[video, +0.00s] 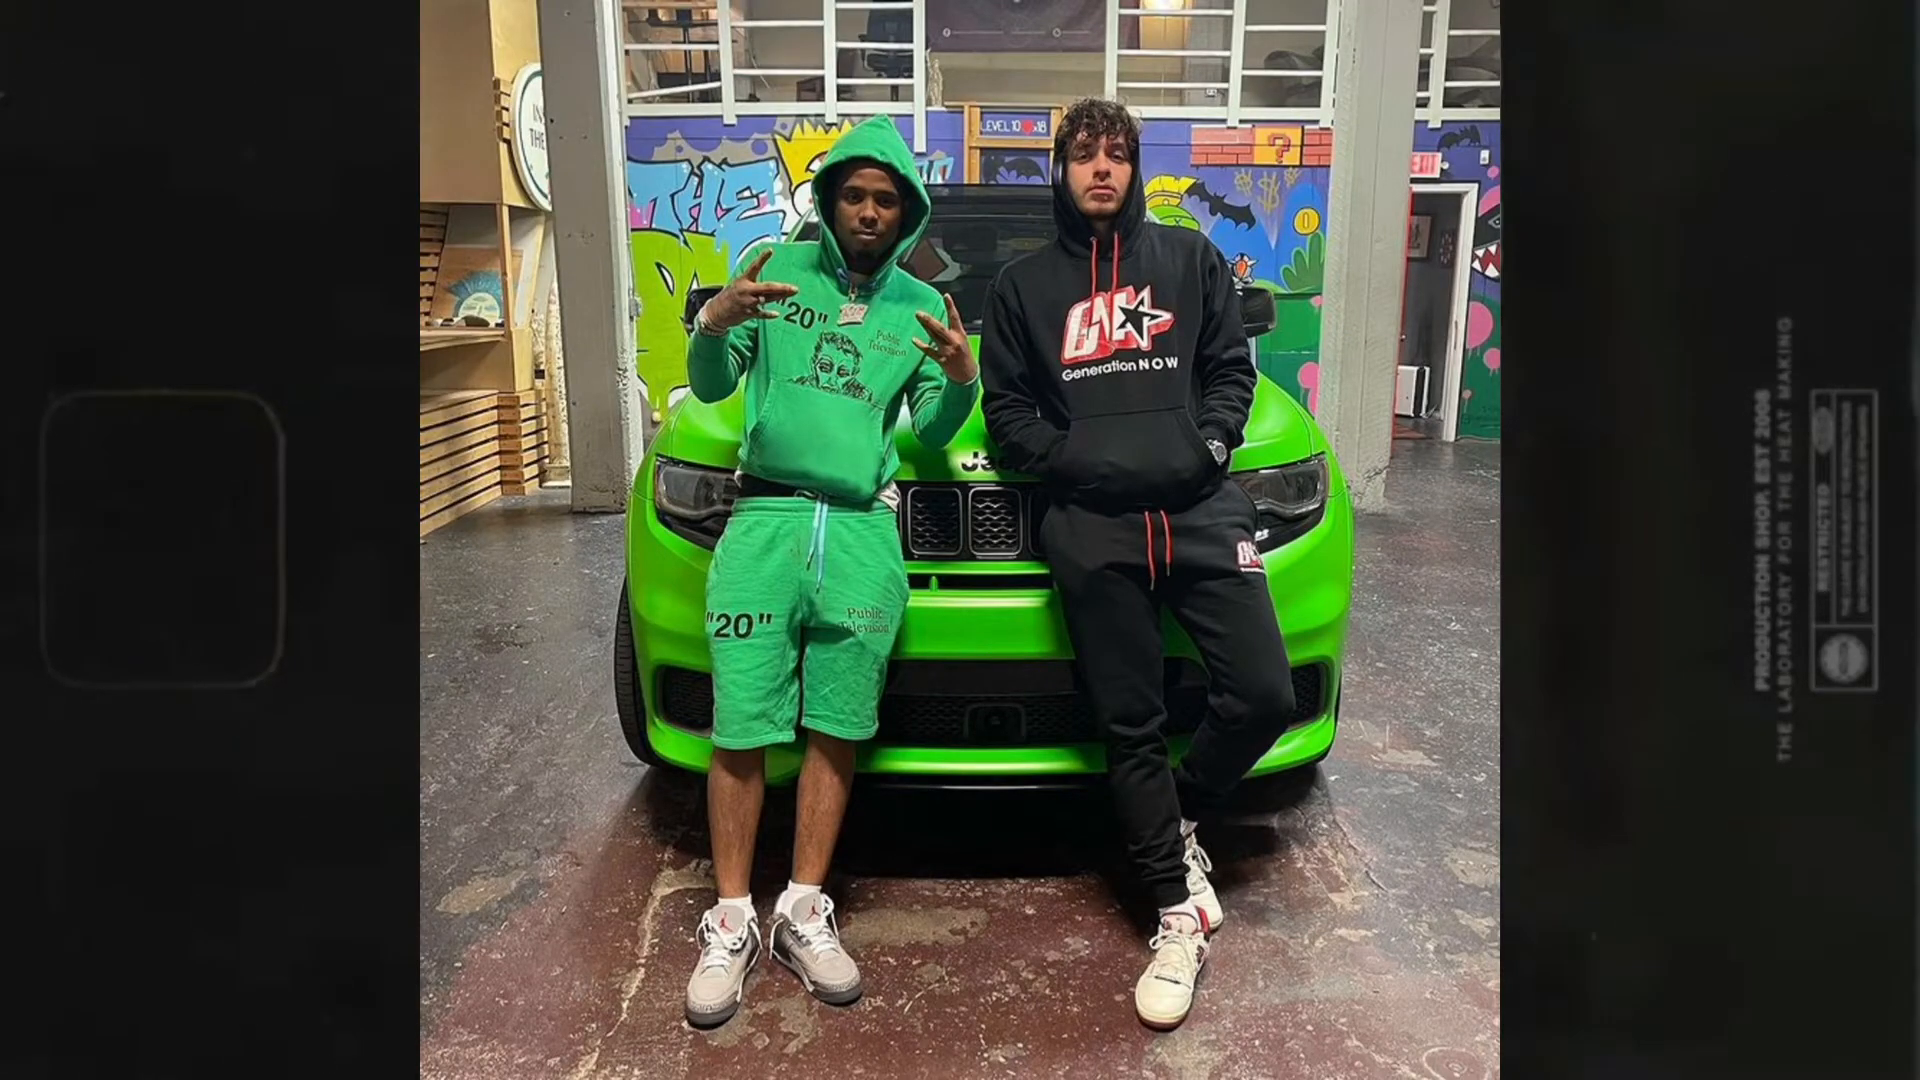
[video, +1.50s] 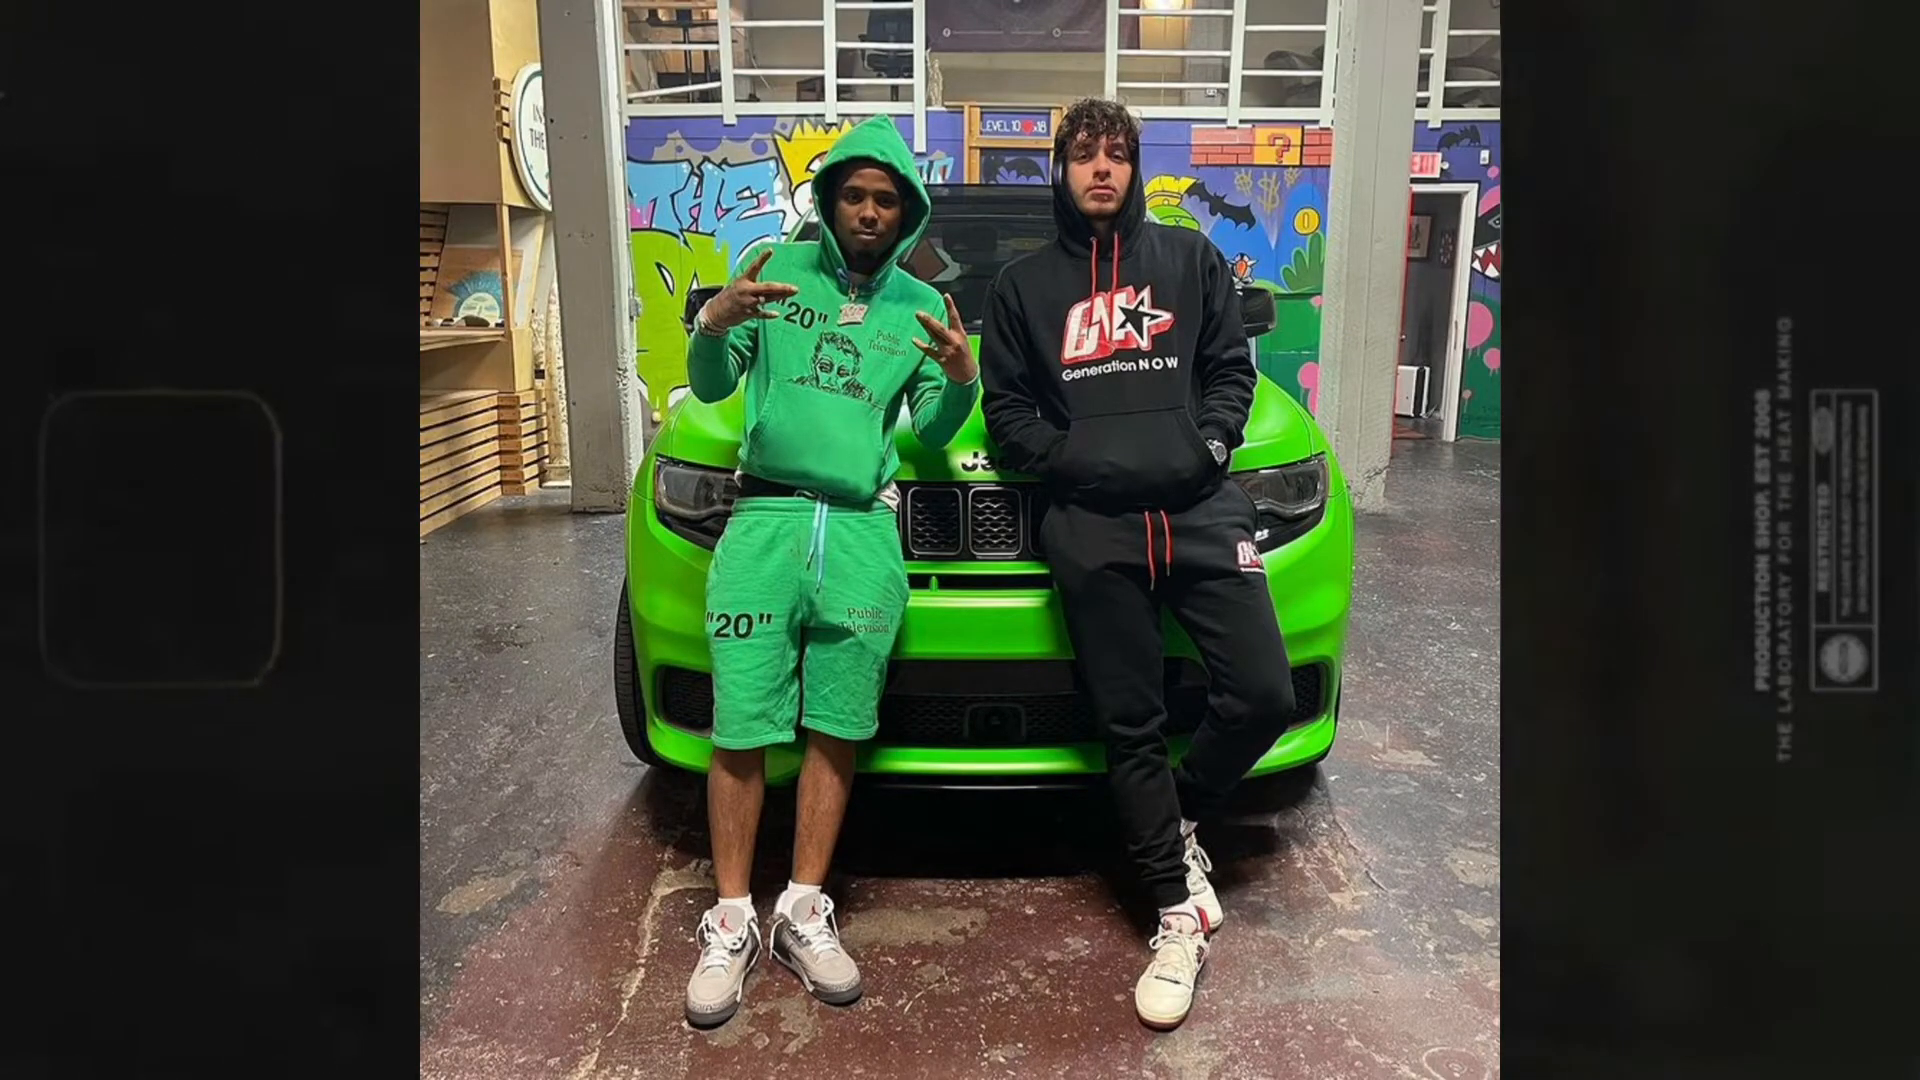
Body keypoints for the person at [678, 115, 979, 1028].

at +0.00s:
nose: (869, 213)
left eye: (885, 199)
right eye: (855, 196)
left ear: (906, 212)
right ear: (827, 202)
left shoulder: (923, 306)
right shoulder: (775, 267)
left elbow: (923, 439)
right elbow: (712, 384)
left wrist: (960, 380)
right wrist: (712, 322)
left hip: (861, 527)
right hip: (764, 517)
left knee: (838, 728)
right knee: (741, 729)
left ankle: (805, 909)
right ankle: (732, 919)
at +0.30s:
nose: (868, 212)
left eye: (885, 198)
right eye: (854, 196)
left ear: (906, 212)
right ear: (827, 203)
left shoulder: (923, 305)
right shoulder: (777, 266)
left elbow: (924, 439)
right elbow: (712, 384)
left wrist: (961, 380)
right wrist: (714, 321)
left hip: (861, 527)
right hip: (763, 517)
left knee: (838, 729)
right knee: (741, 729)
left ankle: (805, 909)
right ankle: (732, 920)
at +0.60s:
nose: (867, 212)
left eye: (884, 198)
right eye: (853, 196)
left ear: (906, 211)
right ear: (827, 202)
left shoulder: (923, 305)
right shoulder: (776, 268)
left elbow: (924, 440)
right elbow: (712, 384)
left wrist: (961, 381)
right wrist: (712, 322)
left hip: (860, 527)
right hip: (762, 517)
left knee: (839, 728)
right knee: (741, 728)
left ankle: (804, 908)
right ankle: (732, 919)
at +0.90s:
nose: (868, 212)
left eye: (885, 198)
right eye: (854, 196)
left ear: (906, 212)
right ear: (827, 203)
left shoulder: (924, 305)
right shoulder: (777, 266)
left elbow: (924, 439)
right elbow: (711, 383)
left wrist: (960, 381)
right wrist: (714, 321)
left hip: (861, 527)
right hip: (764, 517)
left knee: (838, 729)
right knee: (741, 729)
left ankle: (805, 908)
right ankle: (732, 920)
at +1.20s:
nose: (868, 212)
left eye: (884, 198)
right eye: (854, 196)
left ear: (906, 211)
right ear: (827, 202)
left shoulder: (923, 305)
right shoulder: (776, 267)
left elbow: (924, 439)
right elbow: (712, 384)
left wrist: (961, 381)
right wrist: (714, 321)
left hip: (861, 527)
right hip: (763, 516)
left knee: (838, 728)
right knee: (741, 728)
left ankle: (805, 909)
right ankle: (732, 920)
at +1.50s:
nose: (868, 212)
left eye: (885, 198)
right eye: (854, 196)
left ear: (906, 212)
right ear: (827, 203)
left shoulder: (924, 305)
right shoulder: (776, 267)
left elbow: (924, 439)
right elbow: (712, 384)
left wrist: (960, 380)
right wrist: (714, 321)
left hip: (861, 527)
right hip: (763, 517)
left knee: (838, 729)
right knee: (741, 729)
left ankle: (805, 909)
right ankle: (732, 920)